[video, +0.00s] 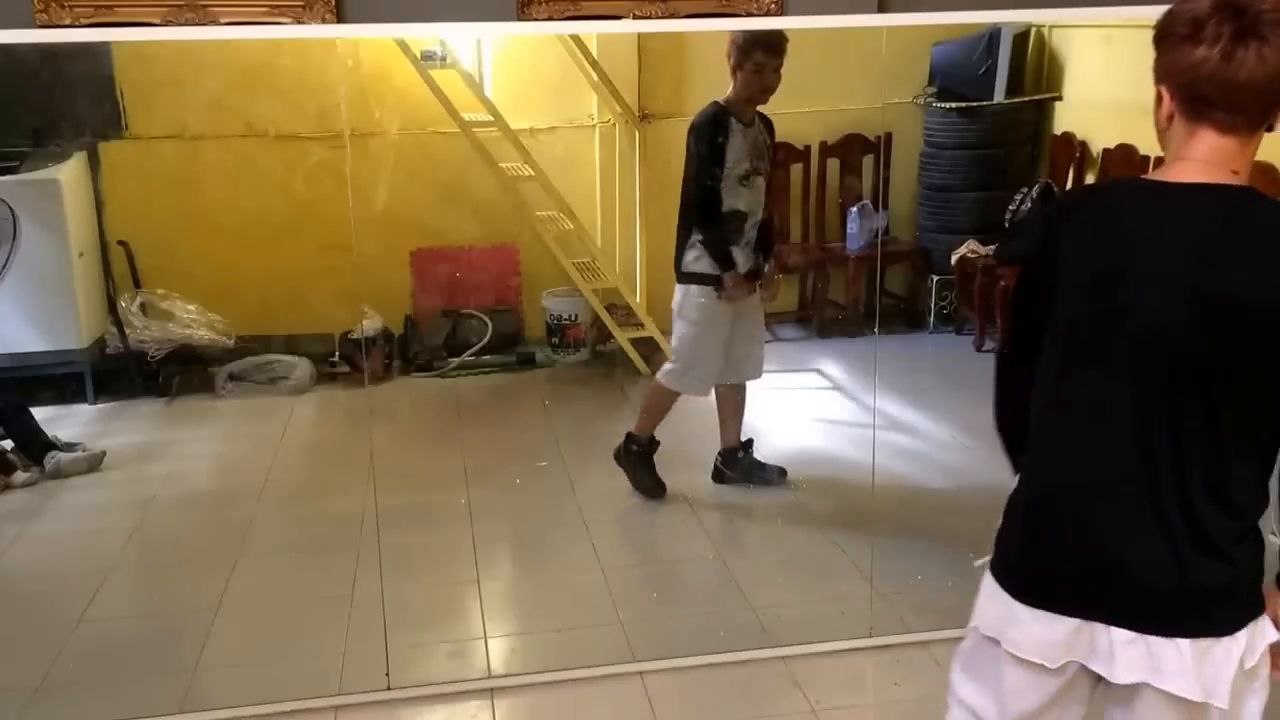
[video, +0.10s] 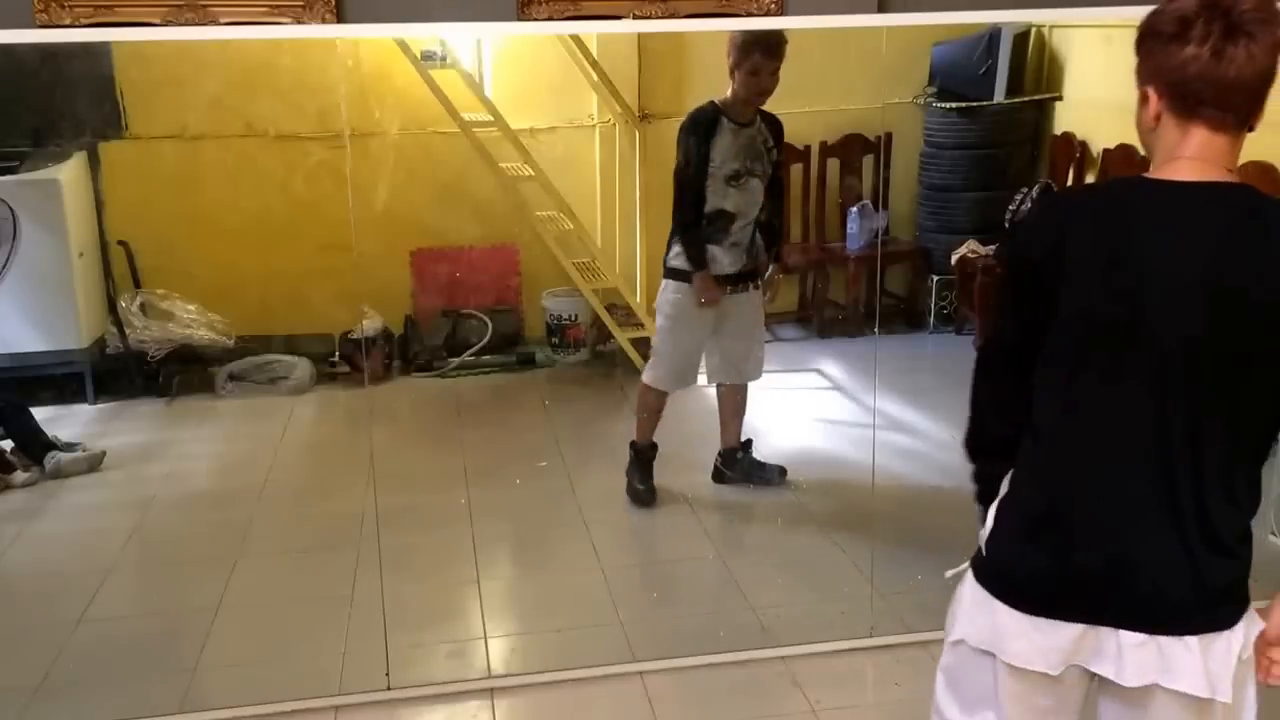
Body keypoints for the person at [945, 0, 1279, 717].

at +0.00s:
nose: (1149, 102)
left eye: (1152, 86)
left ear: (1164, 101)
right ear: (1269, 117)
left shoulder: (1072, 222)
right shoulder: (1270, 242)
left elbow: (1017, 413)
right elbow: (1271, 443)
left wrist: (1069, 498)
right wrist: (1276, 590)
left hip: (1043, 590)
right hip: (1203, 612)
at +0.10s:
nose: (1134, 108)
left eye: (1135, 91)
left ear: (1151, 100)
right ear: (1256, 110)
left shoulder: (1057, 224)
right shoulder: (1271, 242)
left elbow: (996, 409)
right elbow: (1279, 438)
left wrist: (1004, 514)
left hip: (1032, 590)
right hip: (1194, 609)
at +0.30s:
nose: (1069, 123)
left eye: (1071, 104)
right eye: (1070, 103)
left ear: (1092, 109)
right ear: (1185, 105)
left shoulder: (1035, 232)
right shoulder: (1256, 243)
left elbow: (962, 402)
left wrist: (918, 541)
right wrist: (1273, 574)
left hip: (1027, 602)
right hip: (1178, 605)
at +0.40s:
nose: (1032, 134)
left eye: (1030, 116)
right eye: (1030, 115)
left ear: (1050, 115)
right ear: (1137, 109)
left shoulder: (1007, 243)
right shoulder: (1227, 240)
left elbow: (941, 419)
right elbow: (1256, 417)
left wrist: (901, 568)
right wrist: (1236, 557)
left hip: (1016, 604)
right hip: (1166, 604)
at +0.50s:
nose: (980, 144)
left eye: (979, 125)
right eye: (980, 125)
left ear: (999, 122)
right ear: (1089, 111)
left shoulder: (970, 252)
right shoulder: (1181, 238)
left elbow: (918, 442)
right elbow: (1218, 419)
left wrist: (899, 602)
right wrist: (1206, 562)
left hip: (1003, 611)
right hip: (1147, 604)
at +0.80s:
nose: (907, 165)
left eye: (900, 147)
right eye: (903, 148)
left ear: (915, 139)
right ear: (1007, 121)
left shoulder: (905, 262)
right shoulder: (1120, 227)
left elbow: (910, 462)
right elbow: (1177, 405)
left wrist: (970, 630)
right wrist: (1184, 570)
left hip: (968, 635)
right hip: (1119, 619)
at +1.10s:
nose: (978, 176)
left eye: (972, 157)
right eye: (971, 159)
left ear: (992, 143)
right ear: (1077, 123)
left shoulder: (975, 256)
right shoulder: (1187, 238)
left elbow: (938, 450)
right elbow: (1214, 422)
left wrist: (918, 617)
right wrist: (1216, 574)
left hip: (1005, 618)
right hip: (1151, 611)